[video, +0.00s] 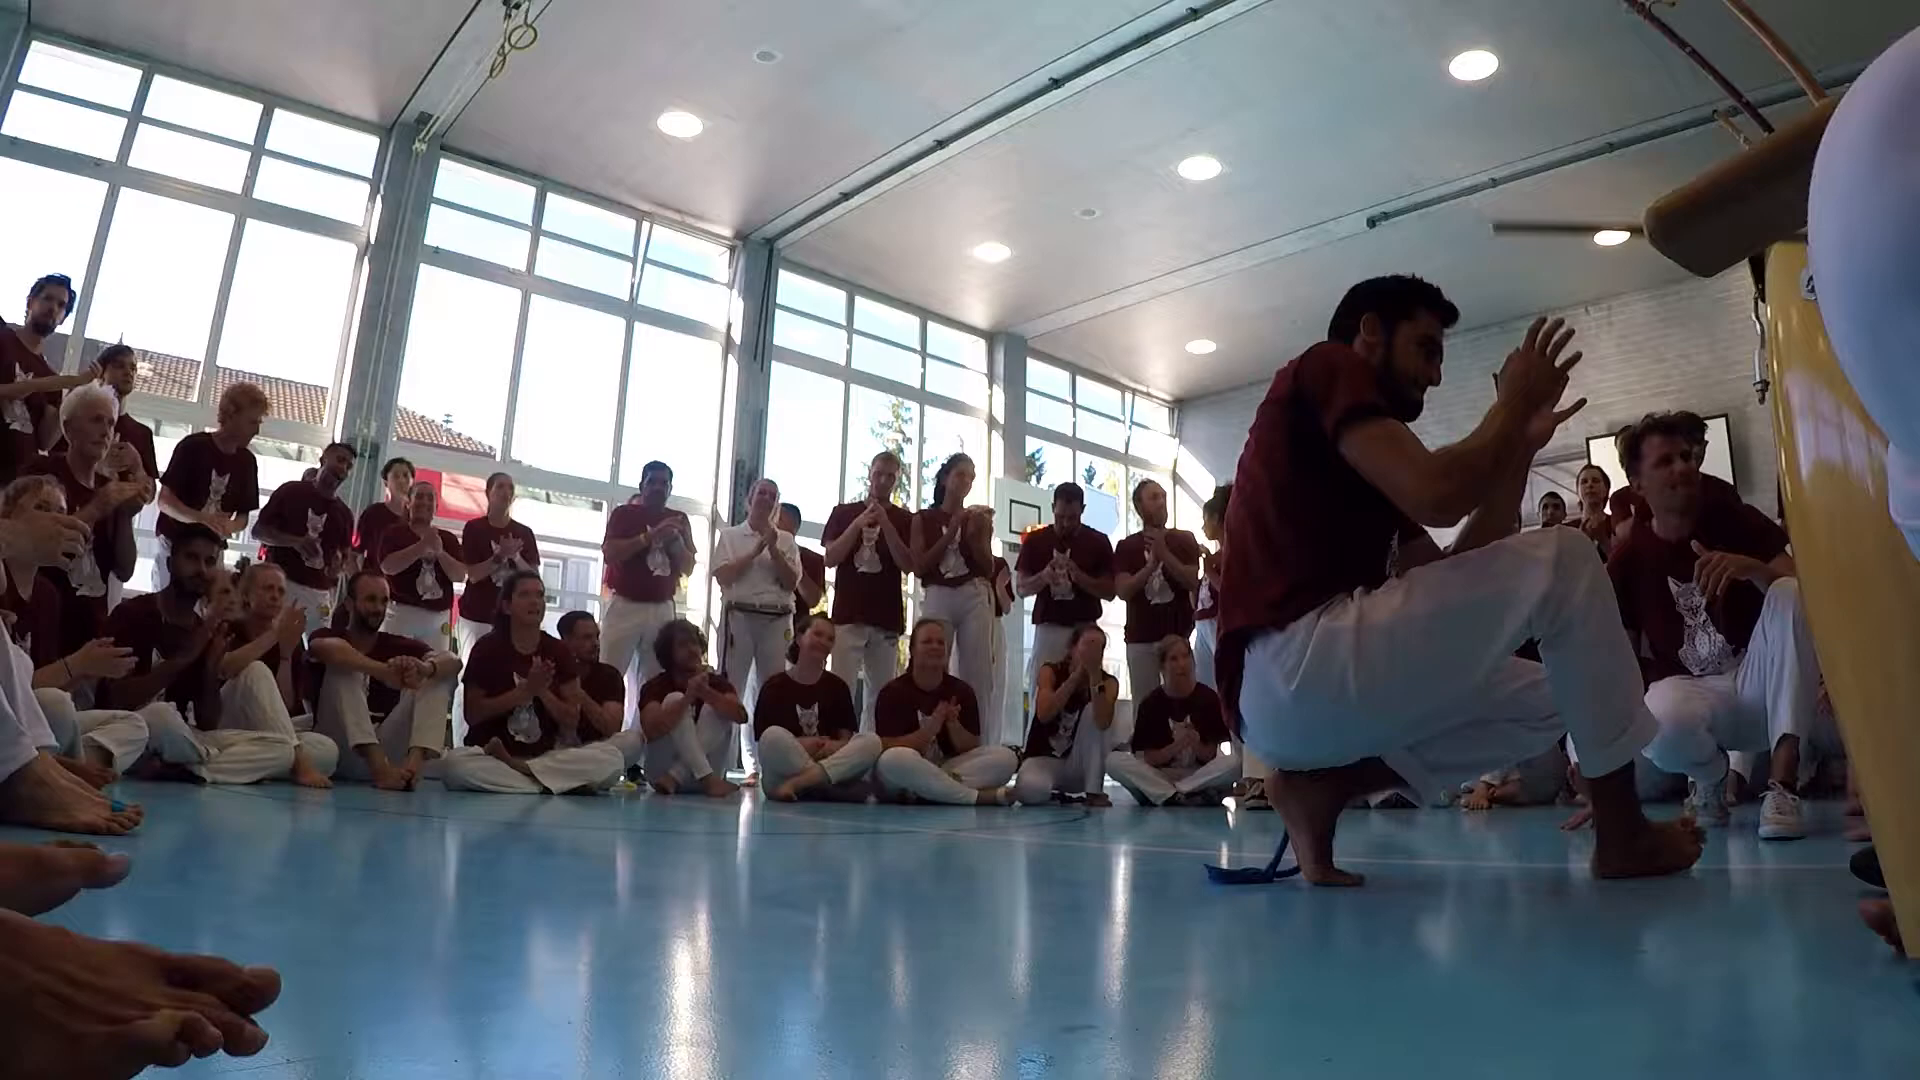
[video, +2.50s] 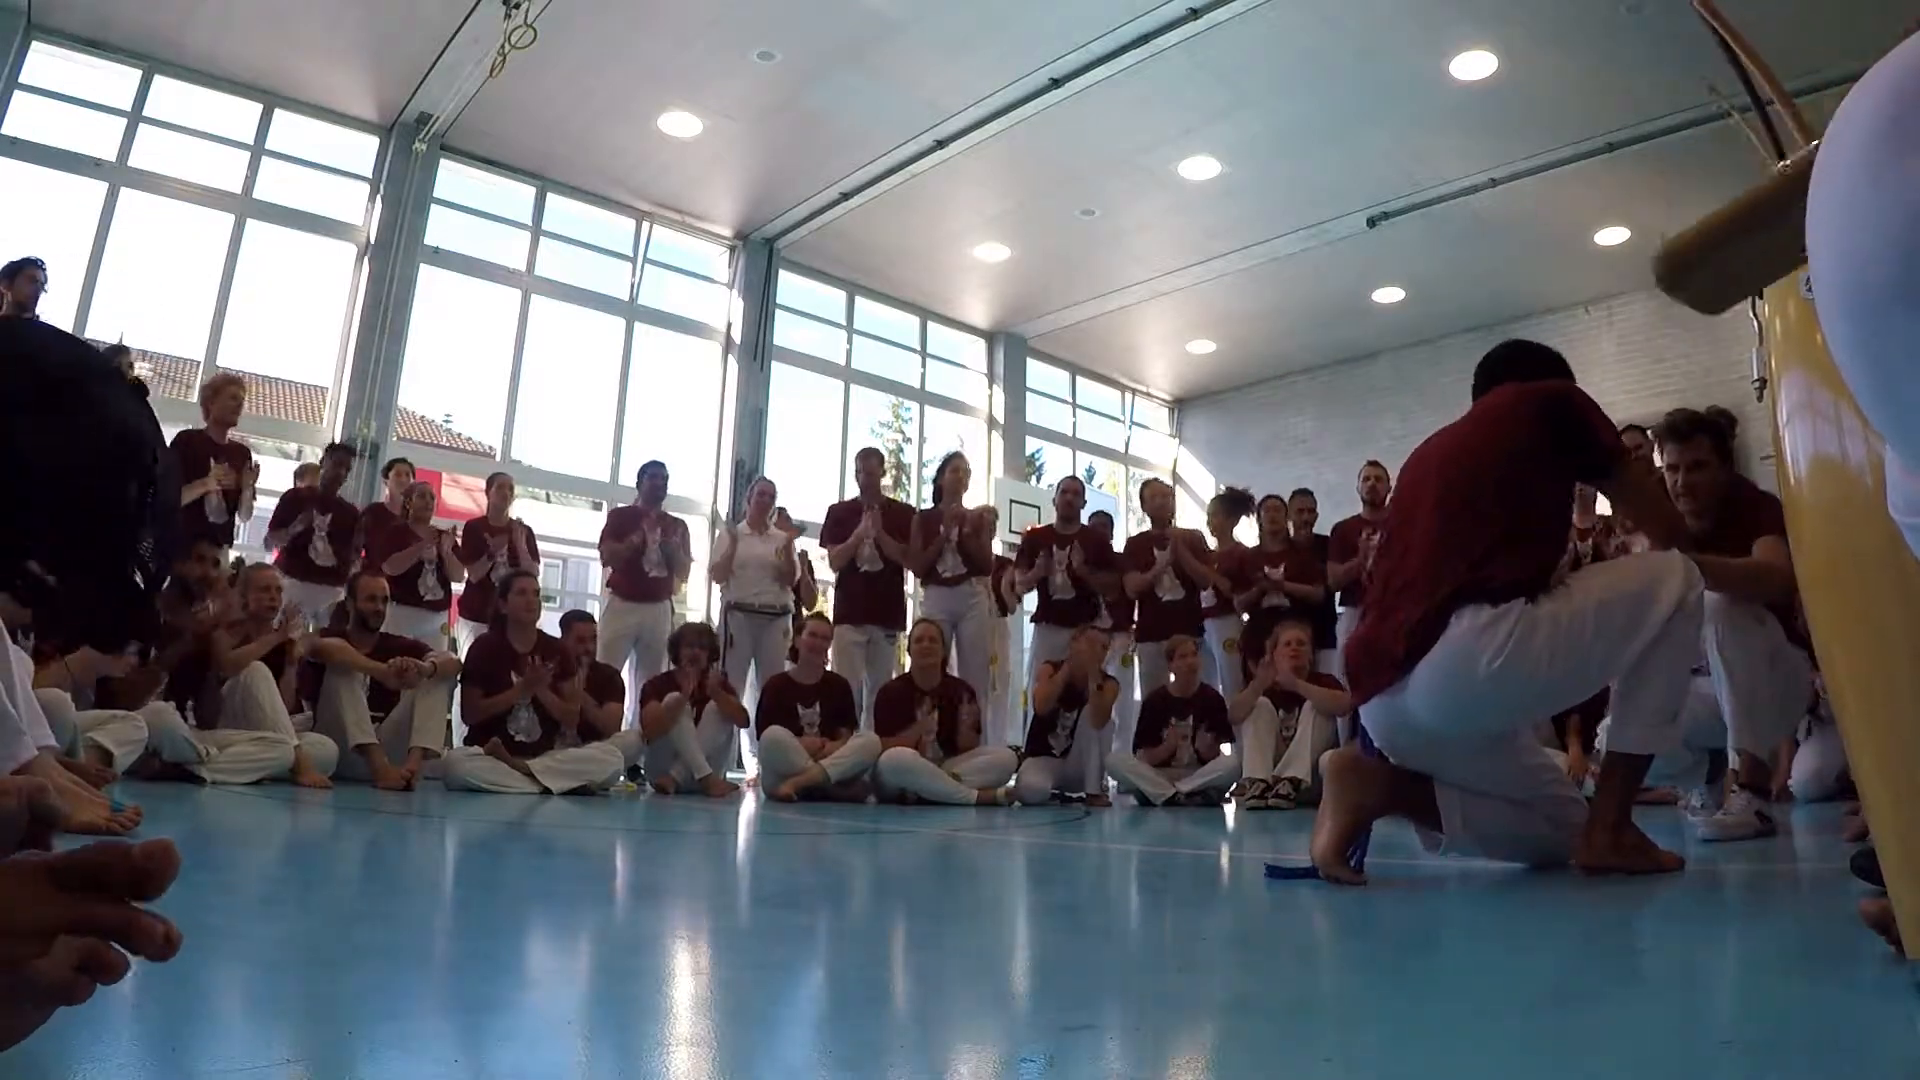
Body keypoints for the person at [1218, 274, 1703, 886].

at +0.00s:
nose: (1435, 372)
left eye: (1439, 357)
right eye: (1425, 349)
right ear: (1368, 336)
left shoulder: (1349, 450)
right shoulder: (1324, 369)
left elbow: (1455, 575)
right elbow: (1431, 492)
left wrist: (1519, 453)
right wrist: (1512, 406)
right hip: (1301, 662)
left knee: (1549, 702)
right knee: (1560, 561)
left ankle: (1325, 787)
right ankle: (1624, 831)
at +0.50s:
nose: (1501, 354)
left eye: (1503, 343)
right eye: (1498, 341)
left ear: (1409, 338)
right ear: (1471, 335)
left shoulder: (1363, 412)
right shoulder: (1469, 364)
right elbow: (1608, 491)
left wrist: (1534, 556)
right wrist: (1608, 525)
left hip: (1343, 714)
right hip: (1420, 679)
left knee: (1569, 801)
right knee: (1632, 569)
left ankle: (1359, 793)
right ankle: (1610, 829)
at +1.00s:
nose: (1605, 385)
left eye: (1607, 377)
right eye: (1603, 375)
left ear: (1518, 377)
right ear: (1586, 368)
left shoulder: (1465, 436)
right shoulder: (1585, 391)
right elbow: (1698, 537)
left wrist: (1611, 559)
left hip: (1387, 705)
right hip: (1472, 665)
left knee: (1576, 826)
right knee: (1679, 584)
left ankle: (1381, 786)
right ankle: (1613, 830)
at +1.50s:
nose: (1607, 434)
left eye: (1602, 425)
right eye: (1598, 420)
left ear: (1515, 411)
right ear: (1579, 407)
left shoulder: (1453, 473)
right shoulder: (1571, 415)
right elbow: (1701, 545)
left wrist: (1607, 557)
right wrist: (1722, 586)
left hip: (1381, 702)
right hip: (1458, 645)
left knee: (1573, 827)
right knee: (1673, 585)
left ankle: (1383, 785)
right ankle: (1613, 828)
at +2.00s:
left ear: (1451, 423)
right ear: (1515, 399)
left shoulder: (1415, 480)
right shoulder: (1528, 410)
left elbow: (1367, 587)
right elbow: (1667, 529)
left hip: (1380, 708)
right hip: (1461, 648)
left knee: (1578, 828)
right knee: (1668, 583)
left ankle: (1381, 787)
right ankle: (1612, 828)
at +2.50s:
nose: (1573, 404)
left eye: (1570, 398)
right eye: (1570, 395)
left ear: (1477, 394)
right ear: (1557, 384)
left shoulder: (1431, 450)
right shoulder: (1555, 400)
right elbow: (1667, 529)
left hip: (1382, 699)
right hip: (1464, 656)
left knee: (1572, 827)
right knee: (1673, 580)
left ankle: (1376, 785)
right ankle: (1610, 827)